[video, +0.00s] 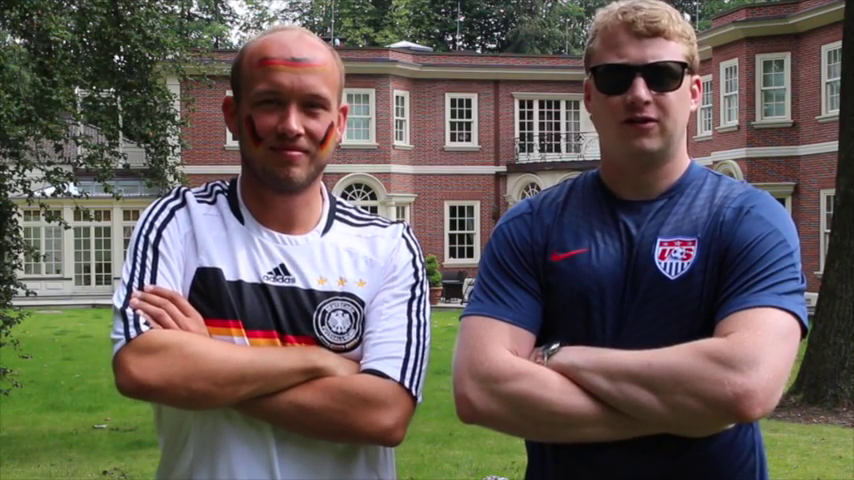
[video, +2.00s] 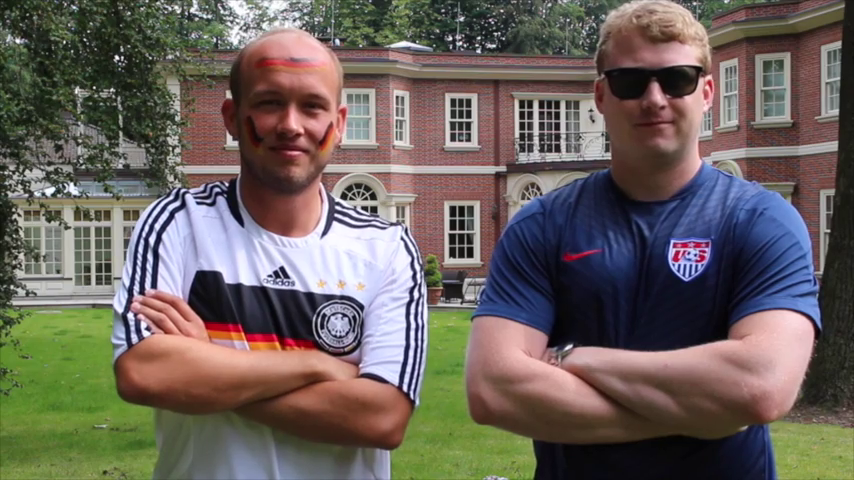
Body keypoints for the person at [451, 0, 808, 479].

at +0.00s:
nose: (639, 94)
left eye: (661, 76)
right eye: (615, 77)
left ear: (694, 92)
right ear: (589, 96)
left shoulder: (750, 219)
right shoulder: (529, 227)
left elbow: (746, 387)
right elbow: (479, 390)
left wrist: (557, 360)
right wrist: (672, 410)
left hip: (713, 473)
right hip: (564, 473)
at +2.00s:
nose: (653, 98)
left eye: (675, 80)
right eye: (630, 81)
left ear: (707, 93)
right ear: (600, 97)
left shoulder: (762, 221)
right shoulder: (540, 227)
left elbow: (762, 389)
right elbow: (493, 391)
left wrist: (570, 361)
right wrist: (686, 411)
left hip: (724, 473)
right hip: (575, 474)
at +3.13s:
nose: (711, 102)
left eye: (720, 84)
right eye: (684, 82)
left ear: (728, 92)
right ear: (618, 93)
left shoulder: (753, 211)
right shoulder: (542, 213)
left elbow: (789, 374)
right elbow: (497, 387)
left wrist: (592, 346)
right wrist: (653, 457)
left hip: (724, 472)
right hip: (578, 469)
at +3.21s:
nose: (700, 115)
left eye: (713, 95)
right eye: (674, 95)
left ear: (723, 97)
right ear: (611, 100)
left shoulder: (760, 214)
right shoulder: (542, 213)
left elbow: (847, 368)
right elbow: (498, 380)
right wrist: (590, 454)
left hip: (730, 469)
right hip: (593, 473)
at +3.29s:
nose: (679, 132)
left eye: (695, 108)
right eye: (653, 113)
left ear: (710, 105)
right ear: (601, 113)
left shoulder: (763, 214)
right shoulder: (542, 211)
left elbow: (823, 342)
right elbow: (492, 378)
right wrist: (600, 415)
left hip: (729, 470)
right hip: (592, 474)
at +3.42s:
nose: (655, 156)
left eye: (677, 133)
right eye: (632, 133)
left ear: (708, 122)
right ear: (601, 123)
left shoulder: (762, 236)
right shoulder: (544, 224)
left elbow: (811, 383)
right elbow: (495, 381)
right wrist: (582, 438)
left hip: (718, 466)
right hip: (591, 471)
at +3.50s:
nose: (661, 183)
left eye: (684, 161)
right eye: (638, 160)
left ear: (716, 148)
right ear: (611, 145)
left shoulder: (768, 259)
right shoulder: (552, 238)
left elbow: (804, 433)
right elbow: (503, 371)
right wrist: (546, 425)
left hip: (720, 466)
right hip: (587, 465)